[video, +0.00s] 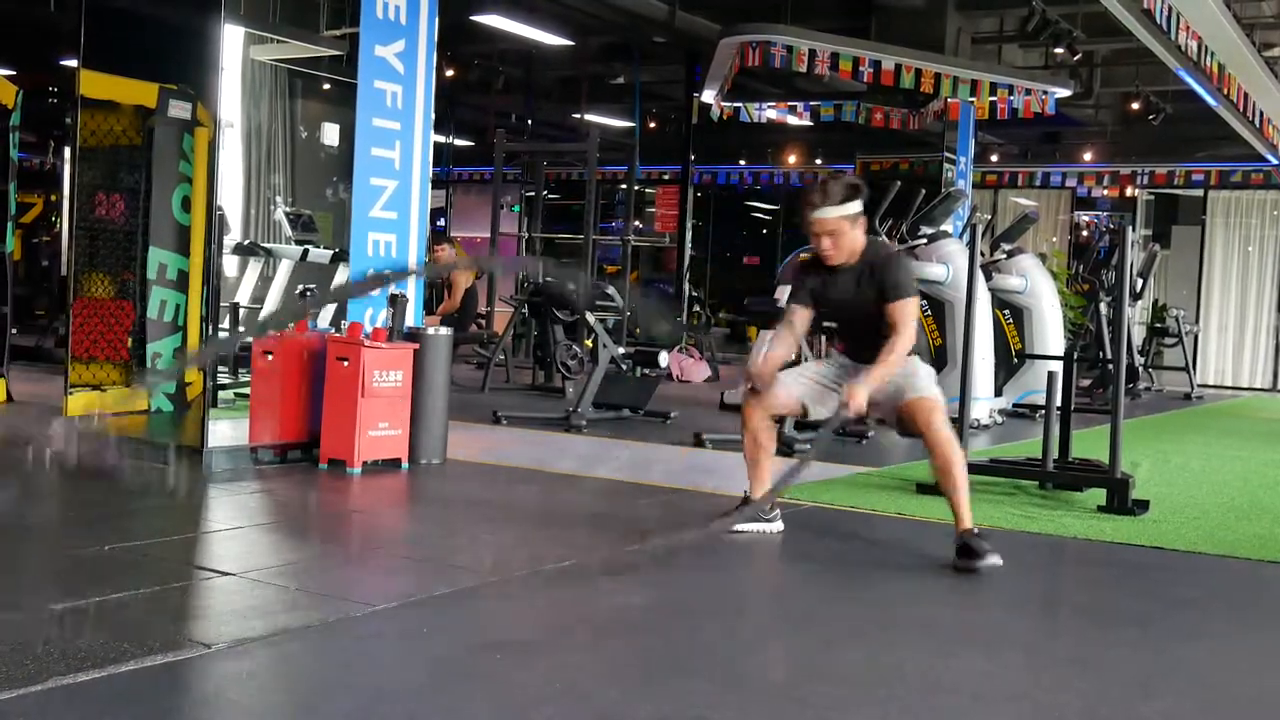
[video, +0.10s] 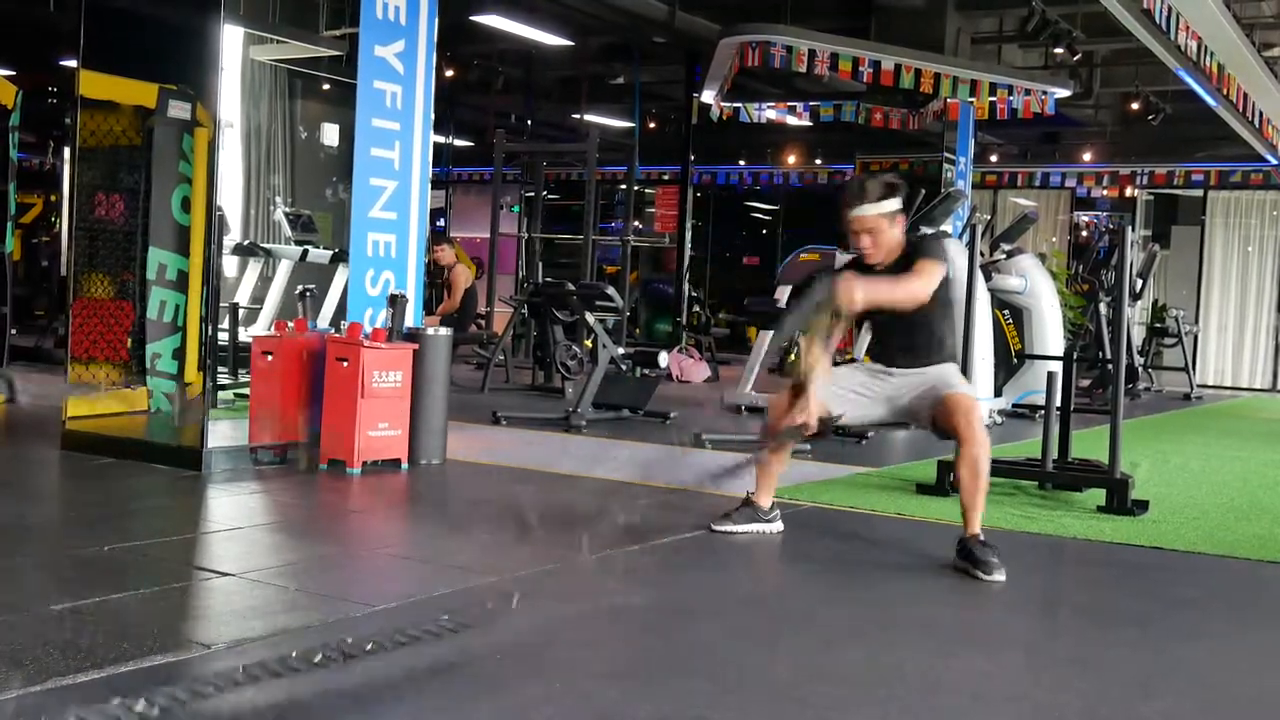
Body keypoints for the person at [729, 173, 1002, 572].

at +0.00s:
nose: (822, 245)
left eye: (832, 235)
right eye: (815, 236)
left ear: (860, 226)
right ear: (808, 233)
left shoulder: (890, 264)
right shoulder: (811, 271)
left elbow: (904, 335)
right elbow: (791, 328)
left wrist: (867, 383)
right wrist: (769, 363)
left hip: (896, 368)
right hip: (841, 366)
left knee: (932, 416)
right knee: (756, 403)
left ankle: (967, 533)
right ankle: (761, 506)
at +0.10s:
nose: (862, 243)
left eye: (871, 233)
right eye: (855, 234)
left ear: (899, 224)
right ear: (848, 232)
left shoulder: (931, 249)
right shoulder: (854, 273)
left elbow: (917, 290)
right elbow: (822, 337)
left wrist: (860, 291)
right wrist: (810, 393)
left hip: (933, 378)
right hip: (872, 376)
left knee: (969, 415)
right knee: (785, 404)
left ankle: (973, 538)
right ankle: (762, 507)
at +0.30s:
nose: (895, 247)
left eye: (903, 237)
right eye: (890, 238)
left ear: (934, 224)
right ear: (885, 232)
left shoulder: (973, 251)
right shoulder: (898, 250)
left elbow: (980, 332)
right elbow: (860, 257)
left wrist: (936, 356)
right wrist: (832, 255)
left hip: (981, 362)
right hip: (922, 364)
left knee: (1013, 403)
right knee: (844, 406)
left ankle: (1019, 527)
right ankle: (841, 520)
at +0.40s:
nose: (908, 261)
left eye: (917, 249)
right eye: (901, 250)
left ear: (948, 237)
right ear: (894, 245)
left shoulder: (985, 279)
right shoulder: (901, 264)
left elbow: (1002, 366)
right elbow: (861, 308)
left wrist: (966, 429)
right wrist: (841, 282)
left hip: (998, 380)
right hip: (938, 377)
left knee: (1043, 441)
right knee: (853, 409)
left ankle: (1092, 552)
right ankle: (839, 525)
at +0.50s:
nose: (935, 261)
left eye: (945, 249)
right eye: (927, 250)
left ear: (974, 241)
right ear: (920, 248)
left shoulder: (1014, 279)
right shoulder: (923, 290)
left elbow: (1031, 359)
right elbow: (906, 358)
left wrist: (989, 407)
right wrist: (890, 391)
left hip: (1024, 387)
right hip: (961, 386)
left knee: (1065, 442)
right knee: (871, 417)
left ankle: (1107, 567)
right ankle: (839, 523)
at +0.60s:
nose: (971, 239)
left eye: (980, 227)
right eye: (964, 229)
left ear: (1010, 215)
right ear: (957, 226)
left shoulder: (1051, 240)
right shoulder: (964, 270)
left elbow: (1048, 288)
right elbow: (946, 345)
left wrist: (990, 289)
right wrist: (943, 402)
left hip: (1062, 380)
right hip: (996, 381)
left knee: (1086, 429)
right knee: (902, 424)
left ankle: (1108, 566)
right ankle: (842, 522)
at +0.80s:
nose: (1006, 238)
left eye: (1015, 226)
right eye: (998, 227)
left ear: (1049, 210)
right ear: (990, 217)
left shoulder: (1088, 245)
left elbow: (1079, 327)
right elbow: (940, 243)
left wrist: (1015, 338)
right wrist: (911, 236)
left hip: (1080, 375)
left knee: (1111, 427)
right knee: (923, 418)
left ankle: (1107, 565)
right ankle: (880, 528)